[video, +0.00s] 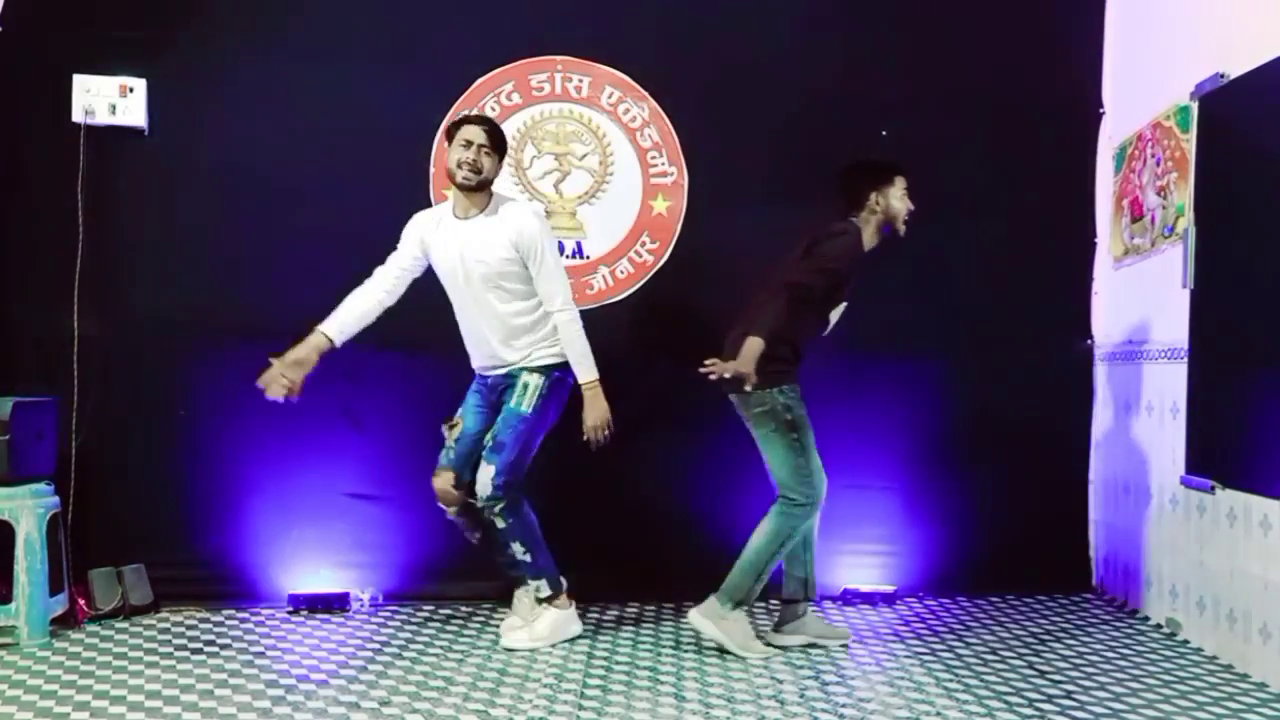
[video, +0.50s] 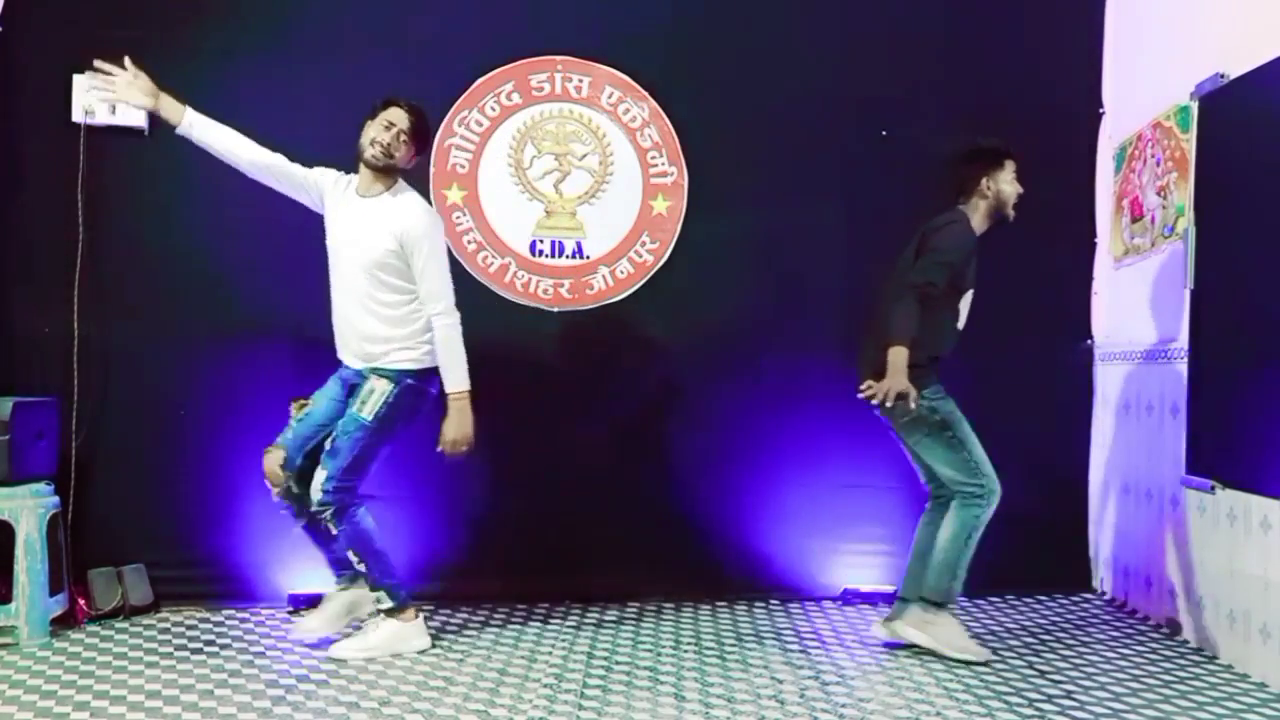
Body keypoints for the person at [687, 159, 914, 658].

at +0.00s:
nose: (909, 205)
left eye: (908, 195)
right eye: (903, 194)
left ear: (871, 201)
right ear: (876, 199)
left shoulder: (842, 241)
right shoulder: (845, 242)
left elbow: (783, 295)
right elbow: (787, 290)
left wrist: (738, 357)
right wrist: (748, 359)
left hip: (771, 376)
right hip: (767, 379)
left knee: (807, 491)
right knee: (801, 493)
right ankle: (722, 608)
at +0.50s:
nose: (1019, 189)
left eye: (1018, 179)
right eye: (1013, 178)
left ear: (982, 184)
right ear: (985, 182)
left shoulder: (955, 232)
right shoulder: (956, 232)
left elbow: (916, 299)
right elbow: (909, 292)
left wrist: (897, 371)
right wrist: (897, 368)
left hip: (900, 382)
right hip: (916, 383)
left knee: (945, 493)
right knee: (980, 489)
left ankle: (908, 611)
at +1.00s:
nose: (991, 170)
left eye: (1002, 160)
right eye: (981, 159)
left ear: (1019, 167)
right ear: (965, 166)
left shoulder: (1035, 234)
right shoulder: (946, 235)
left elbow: (1060, 314)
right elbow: (933, 326)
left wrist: (1079, 385)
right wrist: (944, 408)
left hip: (1050, 388)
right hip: (987, 390)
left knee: (1087, 501)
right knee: (1004, 509)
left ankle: (1041, 610)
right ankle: (983, 621)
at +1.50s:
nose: (971, 166)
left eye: (980, 154)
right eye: (969, 157)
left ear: (1015, 153)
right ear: (979, 163)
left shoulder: (1064, 208)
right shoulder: (978, 235)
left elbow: (1111, 272)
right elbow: (975, 320)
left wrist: (1139, 335)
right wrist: (971, 391)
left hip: (1067, 381)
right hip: (998, 384)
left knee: (1080, 509)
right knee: (994, 504)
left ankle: (1087, 624)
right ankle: (983, 620)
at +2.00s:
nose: (895, 176)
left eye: (908, 167)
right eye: (893, 168)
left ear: (939, 179)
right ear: (892, 184)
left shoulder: (978, 225)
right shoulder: (905, 255)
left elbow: (1031, 305)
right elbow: (926, 330)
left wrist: (986, 343)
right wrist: (905, 387)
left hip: (1005, 378)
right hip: (956, 384)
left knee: (956, 489)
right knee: (958, 495)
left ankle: (979, 621)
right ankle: (1016, 620)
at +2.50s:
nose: (769, 160)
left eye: (780, 152)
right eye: (772, 152)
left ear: (813, 163)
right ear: (797, 164)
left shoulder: (842, 218)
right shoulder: (809, 224)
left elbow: (891, 303)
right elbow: (833, 308)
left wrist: (894, 392)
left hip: (853, 381)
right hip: (828, 379)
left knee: (807, 487)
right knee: (825, 495)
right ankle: (871, 615)